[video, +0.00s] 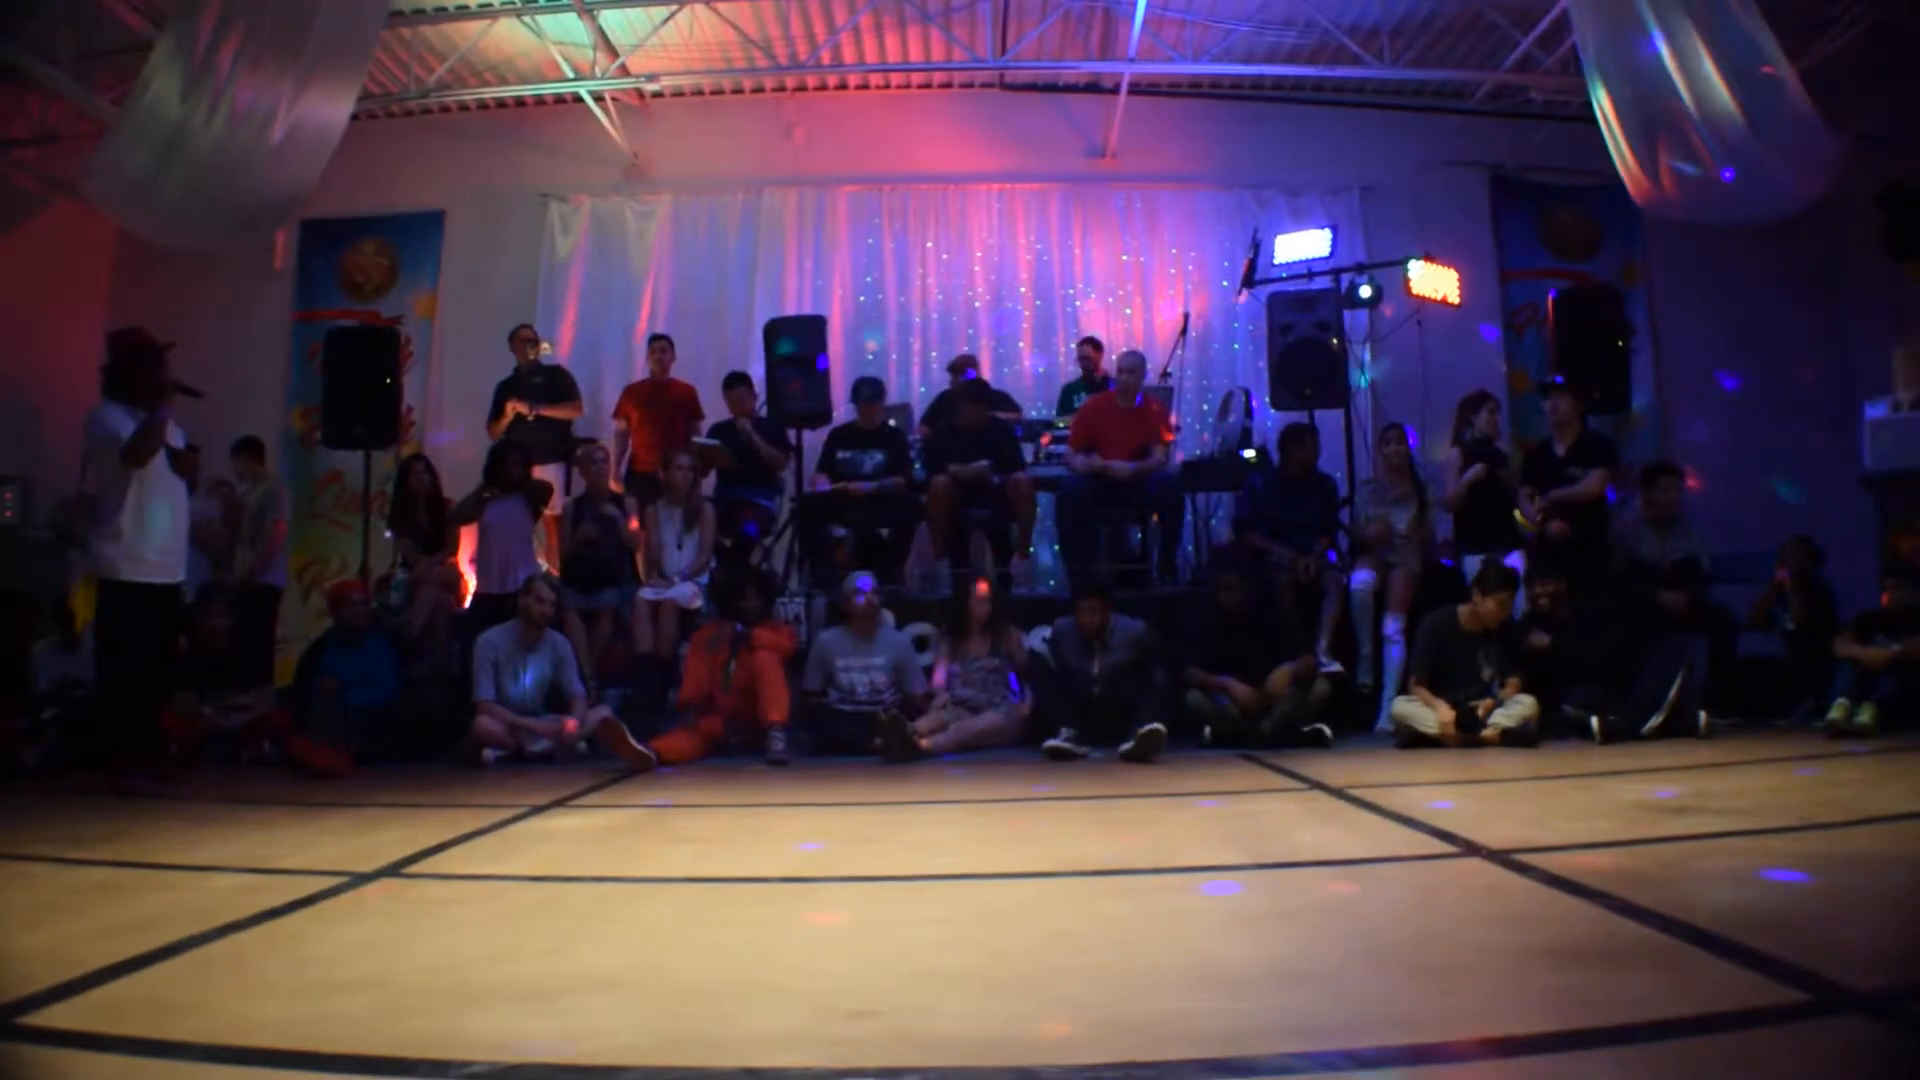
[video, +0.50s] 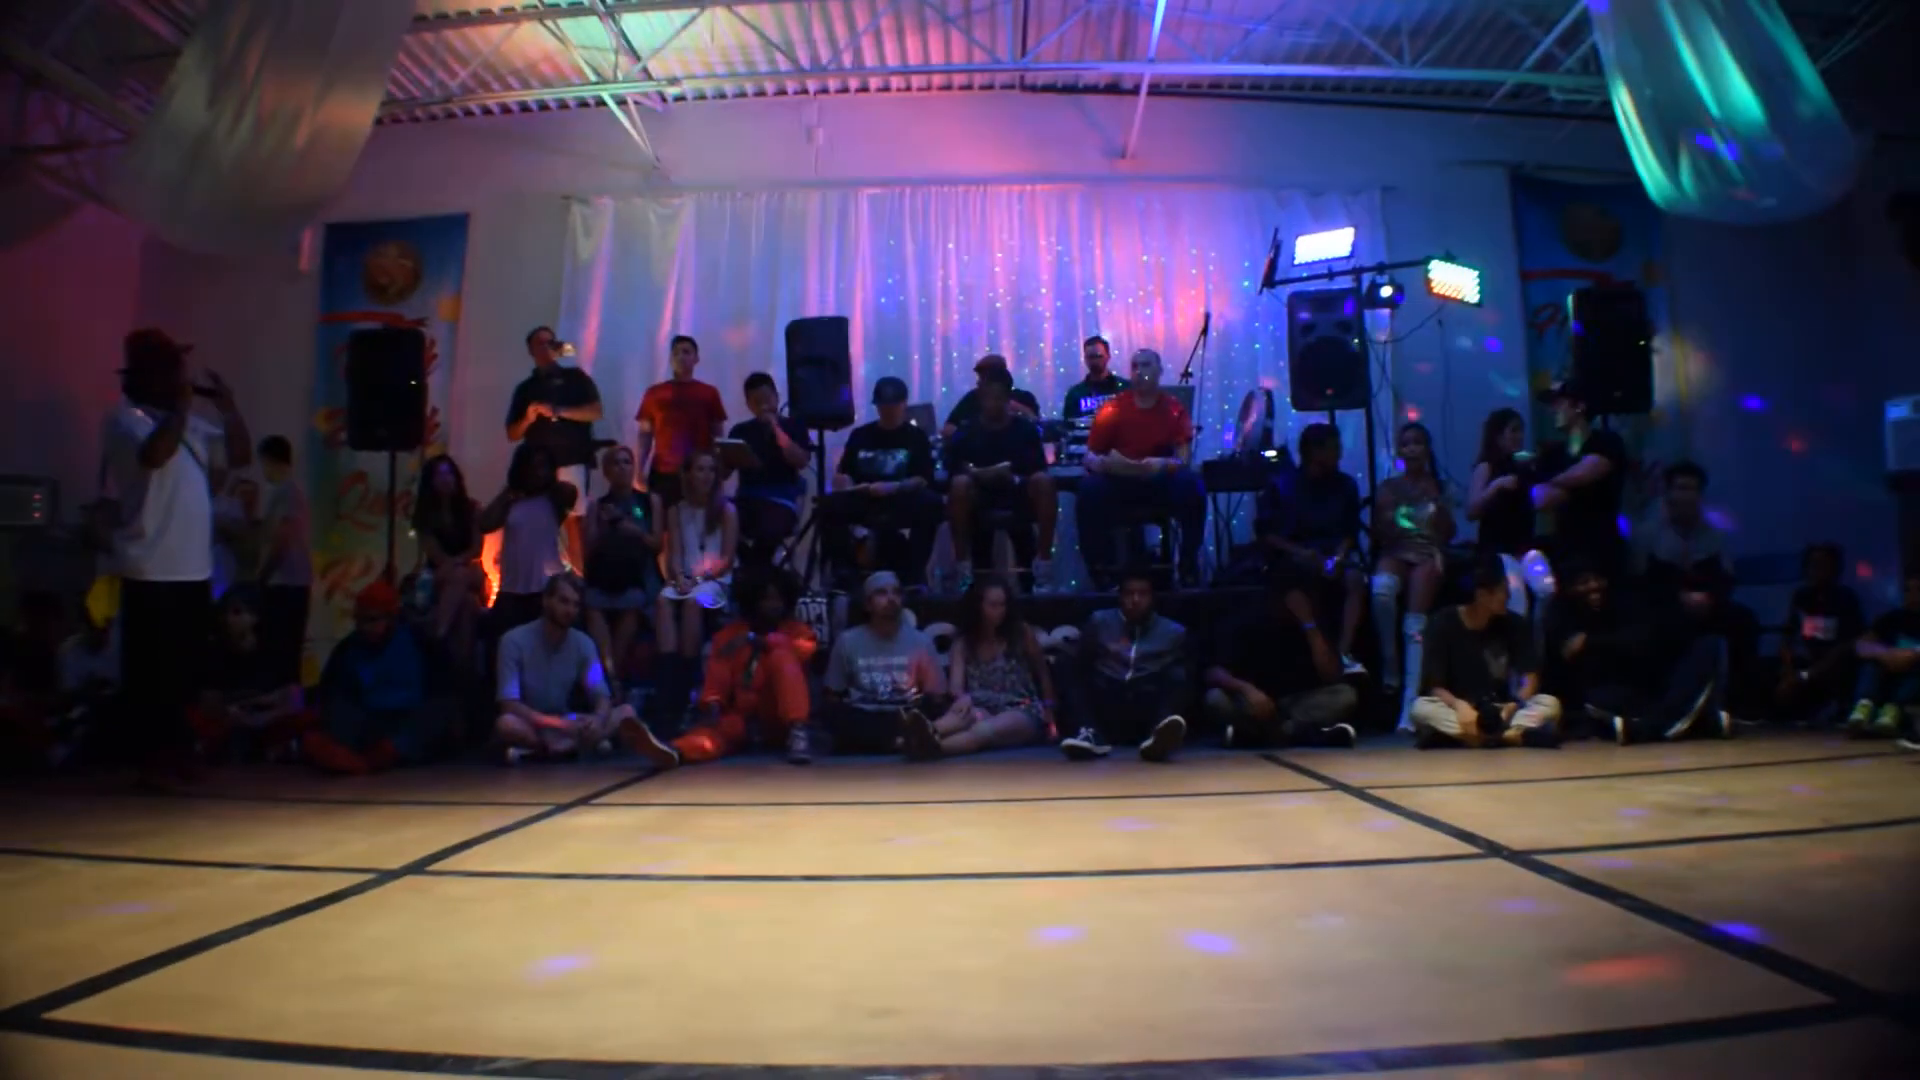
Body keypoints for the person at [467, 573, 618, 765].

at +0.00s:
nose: (546, 610)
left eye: (551, 604)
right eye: (539, 602)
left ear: (555, 608)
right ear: (523, 601)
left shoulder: (559, 644)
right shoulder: (490, 642)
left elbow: (578, 695)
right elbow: (484, 704)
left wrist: (574, 721)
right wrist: (539, 727)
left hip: (546, 718)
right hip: (508, 720)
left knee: (603, 713)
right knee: (482, 725)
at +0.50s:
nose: (570, 610)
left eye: (575, 604)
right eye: (563, 602)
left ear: (579, 608)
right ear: (547, 601)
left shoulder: (583, 643)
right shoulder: (515, 641)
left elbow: (602, 696)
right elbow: (509, 703)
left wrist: (598, 721)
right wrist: (561, 725)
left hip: (570, 718)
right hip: (533, 719)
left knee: (626, 712)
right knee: (507, 724)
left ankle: (561, 746)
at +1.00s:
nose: (573, 610)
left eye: (578, 605)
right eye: (566, 602)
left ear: (583, 609)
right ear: (550, 601)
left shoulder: (585, 643)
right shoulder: (518, 641)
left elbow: (606, 699)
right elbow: (512, 704)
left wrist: (600, 724)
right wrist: (564, 726)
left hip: (573, 720)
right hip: (535, 721)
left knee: (629, 714)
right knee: (509, 724)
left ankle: (559, 748)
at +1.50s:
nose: (568, 613)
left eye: (574, 607)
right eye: (561, 604)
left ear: (578, 610)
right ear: (545, 603)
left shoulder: (580, 646)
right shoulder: (513, 644)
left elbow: (600, 701)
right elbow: (507, 707)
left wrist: (596, 725)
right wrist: (562, 729)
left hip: (568, 721)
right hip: (530, 722)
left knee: (624, 715)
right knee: (504, 727)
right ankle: (581, 748)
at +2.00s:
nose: (567, 613)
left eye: (572, 608)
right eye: (561, 605)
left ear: (577, 611)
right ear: (542, 604)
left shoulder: (579, 646)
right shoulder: (512, 645)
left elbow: (600, 703)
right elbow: (508, 709)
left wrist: (595, 725)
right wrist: (556, 728)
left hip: (568, 722)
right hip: (530, 723)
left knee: (622, 716)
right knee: (504, 728)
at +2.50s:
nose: (567, 613)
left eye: (572, 607)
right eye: (561, 604)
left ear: (576, 610)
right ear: (542, 605)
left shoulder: (578, 647)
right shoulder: (509, 645)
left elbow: (598, 702)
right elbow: (504, 708)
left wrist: (593, 725)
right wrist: (555, 729)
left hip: (566, 722)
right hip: (528, 723)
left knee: (622, 716)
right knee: (502, 728)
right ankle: (576, 748)